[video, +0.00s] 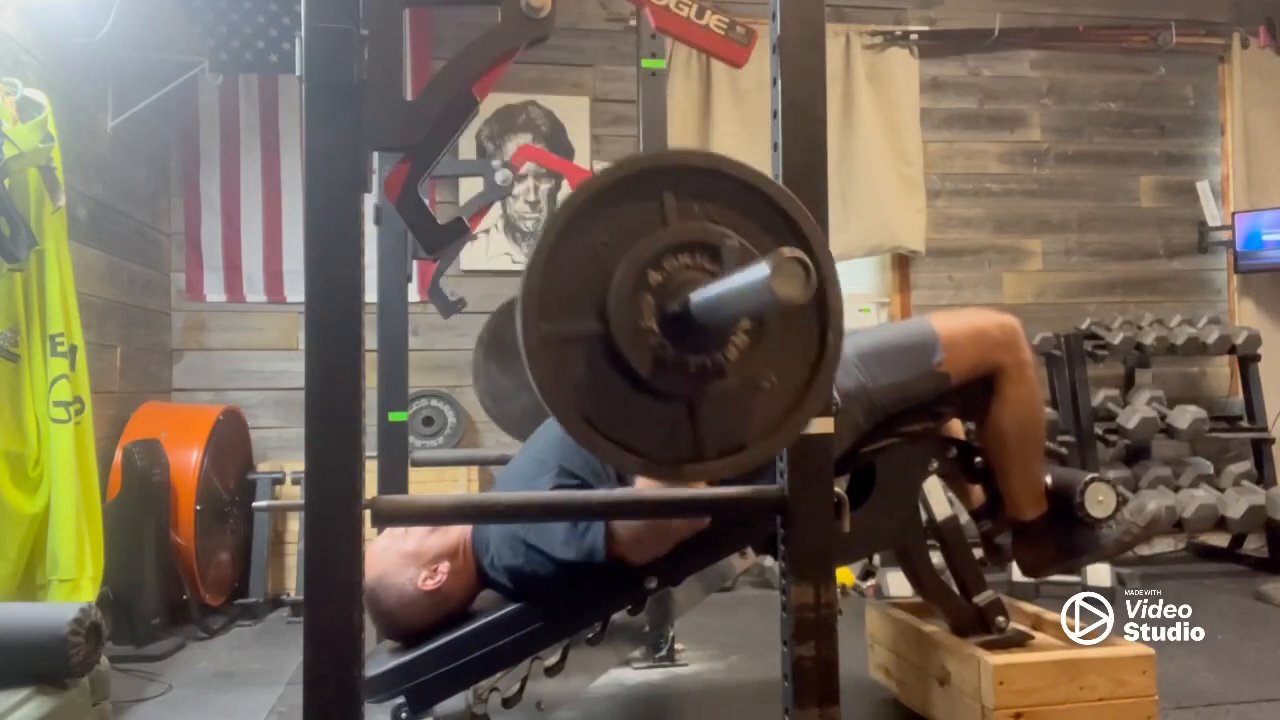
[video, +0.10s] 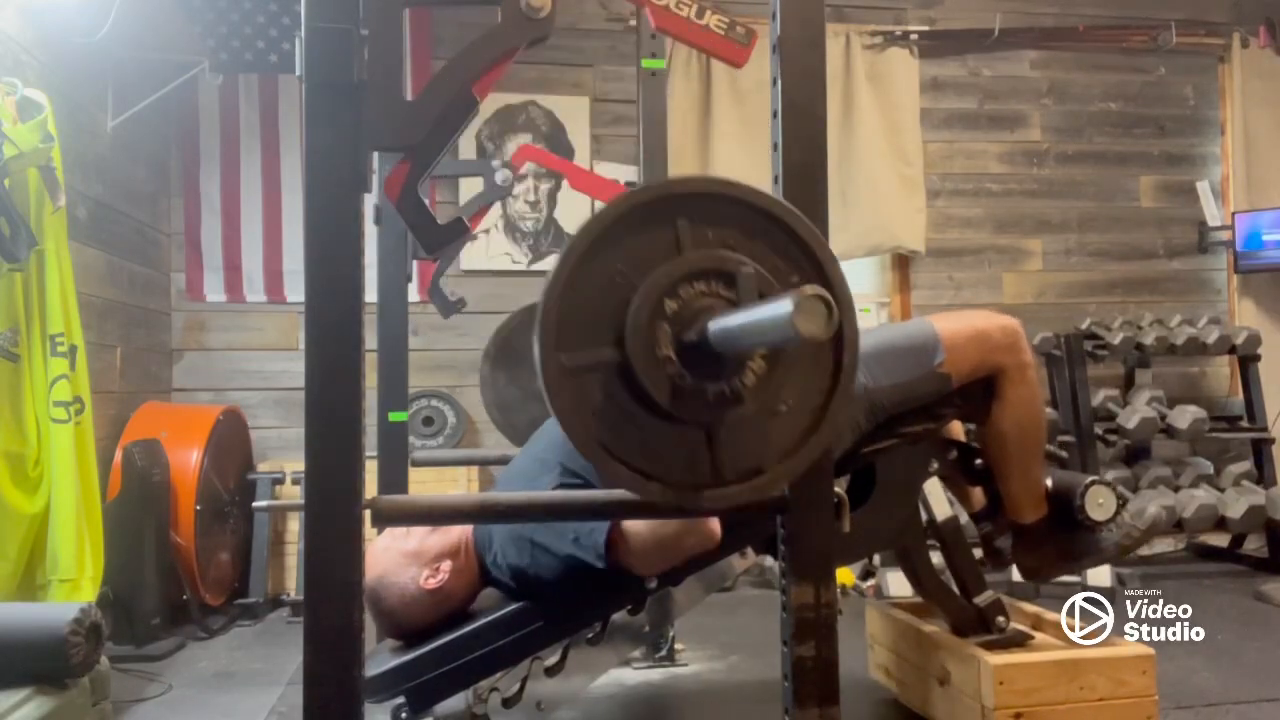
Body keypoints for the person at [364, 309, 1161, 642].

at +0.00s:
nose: (418, 531)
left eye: (399, 536)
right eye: (416, 552)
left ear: (423, 544)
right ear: (445, 580)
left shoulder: (490, 502)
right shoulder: (526, 546)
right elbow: (652, 530)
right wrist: (679, 395)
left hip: (714, 390)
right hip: (747, 441)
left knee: (921, 320)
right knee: (999, 339)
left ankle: (985, 476)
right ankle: (1034, 525)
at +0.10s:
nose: (418, 529)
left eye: (400, 536)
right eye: (417, 548)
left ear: (427, 549)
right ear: (446, 576)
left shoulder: (495, 501)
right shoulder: (532, 542)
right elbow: (695, 531)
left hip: (712, 396)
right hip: (752, 438)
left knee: (917, 316)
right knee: (999, 339)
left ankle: (983, 476)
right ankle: (1034, 527)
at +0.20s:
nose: (420, 529)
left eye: (402, 535)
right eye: (418, 550)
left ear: (427, 545)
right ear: (448, 578)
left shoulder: (494, 498)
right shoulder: (535, 545)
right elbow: (690, 547)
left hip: (711, 394)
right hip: (756, 438)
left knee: (906, 313)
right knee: (1000, 339)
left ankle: (979, 471)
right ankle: (1034, 528)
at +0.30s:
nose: (419, 529)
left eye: (401, 536)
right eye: (418, 550)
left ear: (428, 548)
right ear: (448, 578)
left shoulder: (497, 497)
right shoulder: (536, 544)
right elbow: (694, 565)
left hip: (715, 389)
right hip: (758, 436)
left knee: (907, 318)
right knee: (999, 339)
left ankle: (980, 470)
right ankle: (1034, 527)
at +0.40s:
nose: (419, 529)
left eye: (401, 535)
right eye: (418, 550)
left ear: (427, 546)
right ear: (448, 577)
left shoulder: (494, 497)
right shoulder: (534, 544)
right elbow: (668, 550)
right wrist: (702, 534)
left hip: (714, 387)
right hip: (753, 435)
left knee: (916, 321)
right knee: (998, 339)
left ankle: (987, 474)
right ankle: (1035, 529)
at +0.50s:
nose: (418, 531)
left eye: (400, 537)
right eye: (417, 551)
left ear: (426, 546)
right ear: (448, 576)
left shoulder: (498, 497)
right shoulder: (530, 540)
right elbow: (673, 539)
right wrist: (756, 489)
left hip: (714, 400)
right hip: (750, 442)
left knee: (930, 325)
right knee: (998, 339)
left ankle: (995, 486)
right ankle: (1035, 529)